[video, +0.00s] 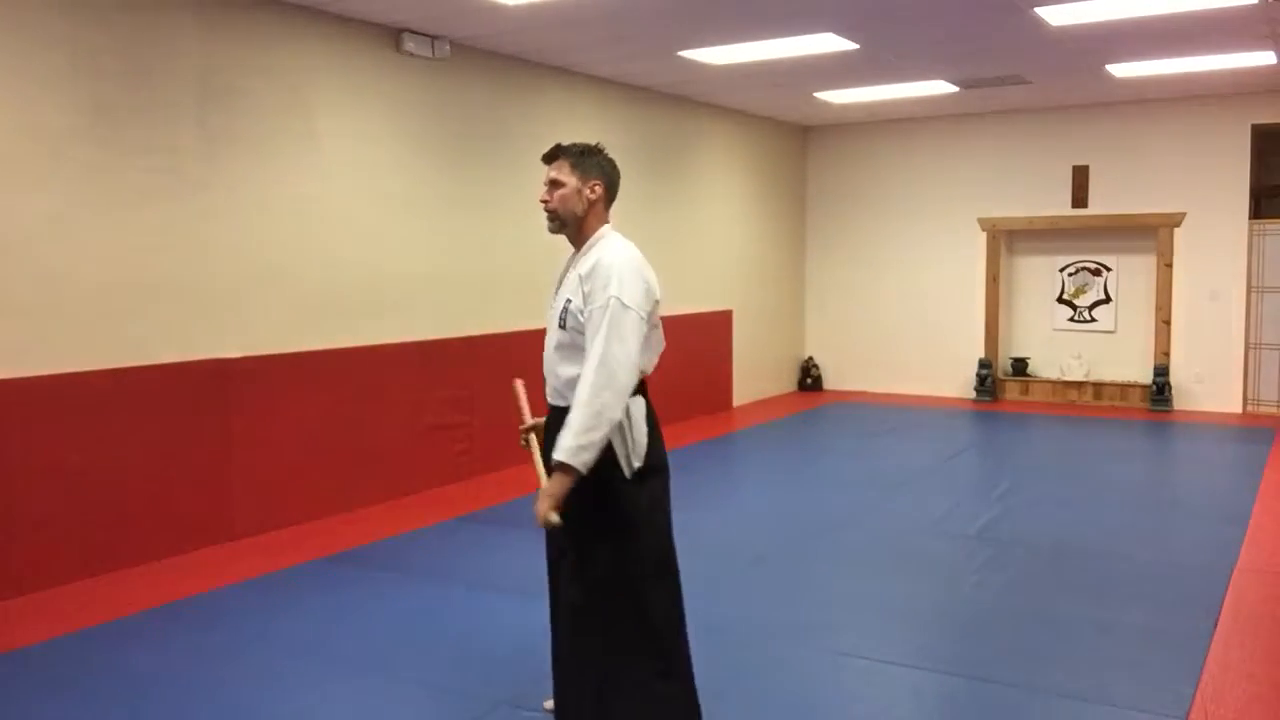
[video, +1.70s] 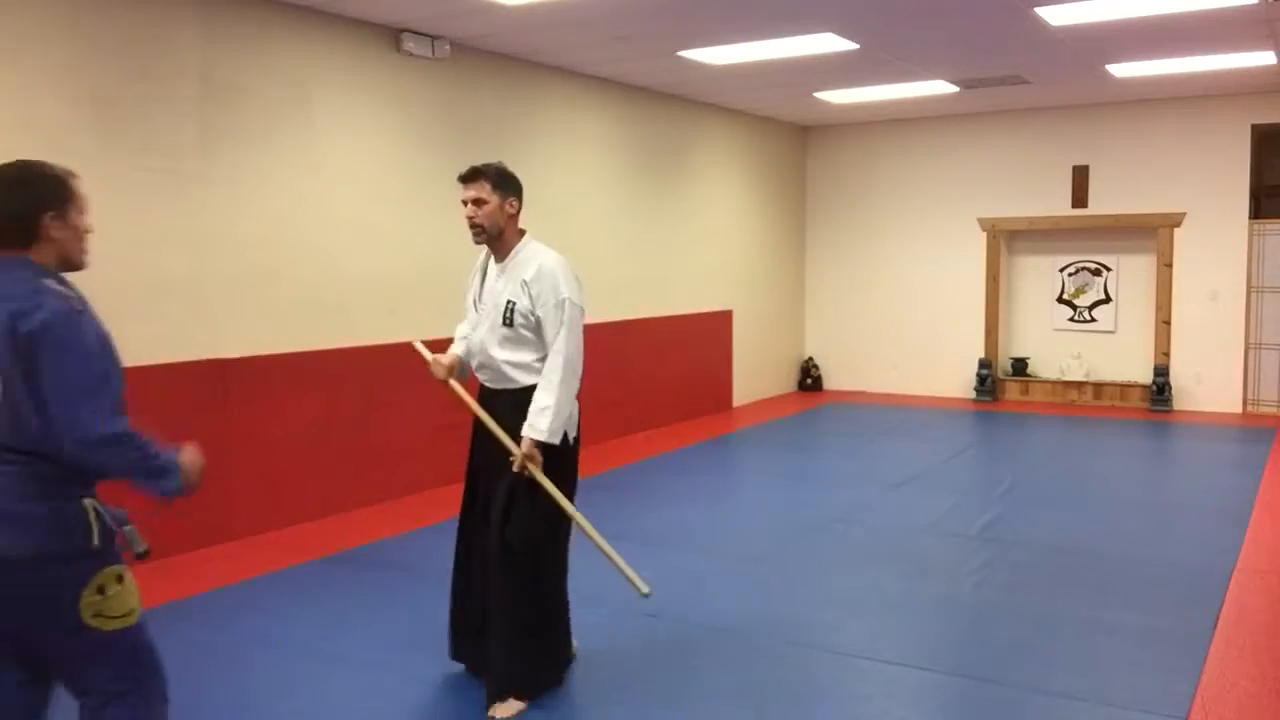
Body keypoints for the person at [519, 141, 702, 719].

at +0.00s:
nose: (544, 196)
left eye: (556, 186)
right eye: (545, 185)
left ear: (594, 192)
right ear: (584, 195)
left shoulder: (617, 266)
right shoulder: (584, 261)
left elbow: (607, 380)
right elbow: (588, 363)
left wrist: (563, 474)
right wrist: (555, 418)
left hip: (613, 446)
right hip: (580, 438)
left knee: (622, 598)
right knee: (585, 592)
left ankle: (633, 706)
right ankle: (586, 698)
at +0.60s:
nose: (510, 201)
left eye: (520, 190)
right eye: (509, 191)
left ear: (556, 194)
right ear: (544, 198)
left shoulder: (575, 259)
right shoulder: (549, 260)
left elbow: (573, 357)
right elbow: (539, 352)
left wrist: (509, 414)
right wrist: (488, 366)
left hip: (579, 435)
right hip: (550, 432)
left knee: (574, 576)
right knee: (535, 574)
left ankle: (574, 702)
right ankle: (539, 701)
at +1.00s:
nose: (477, 209)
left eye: (487, 198)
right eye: (475, 198)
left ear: (523, 201)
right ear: (504, 204)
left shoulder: (546, 270)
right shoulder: (514, 262)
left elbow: (551, 377)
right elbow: (494, 313)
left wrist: (489, 425)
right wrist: (432, 297)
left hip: (552, 434)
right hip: (516, 430)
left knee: (541, 565)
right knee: (506, 562)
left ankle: (547, 696)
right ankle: (511, 693)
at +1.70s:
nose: (469, 213)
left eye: (478, 203)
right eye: (465, 204)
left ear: (512, 206)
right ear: (469, 211)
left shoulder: (549, 270)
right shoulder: (484, 267)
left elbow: (564, 363)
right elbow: (476, 327)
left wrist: (537, 435)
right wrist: (456, 356)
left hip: (541, 415)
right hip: (495, 407)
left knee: (525, 544)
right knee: (486, 534)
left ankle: (518, 682)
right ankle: (495, 651)